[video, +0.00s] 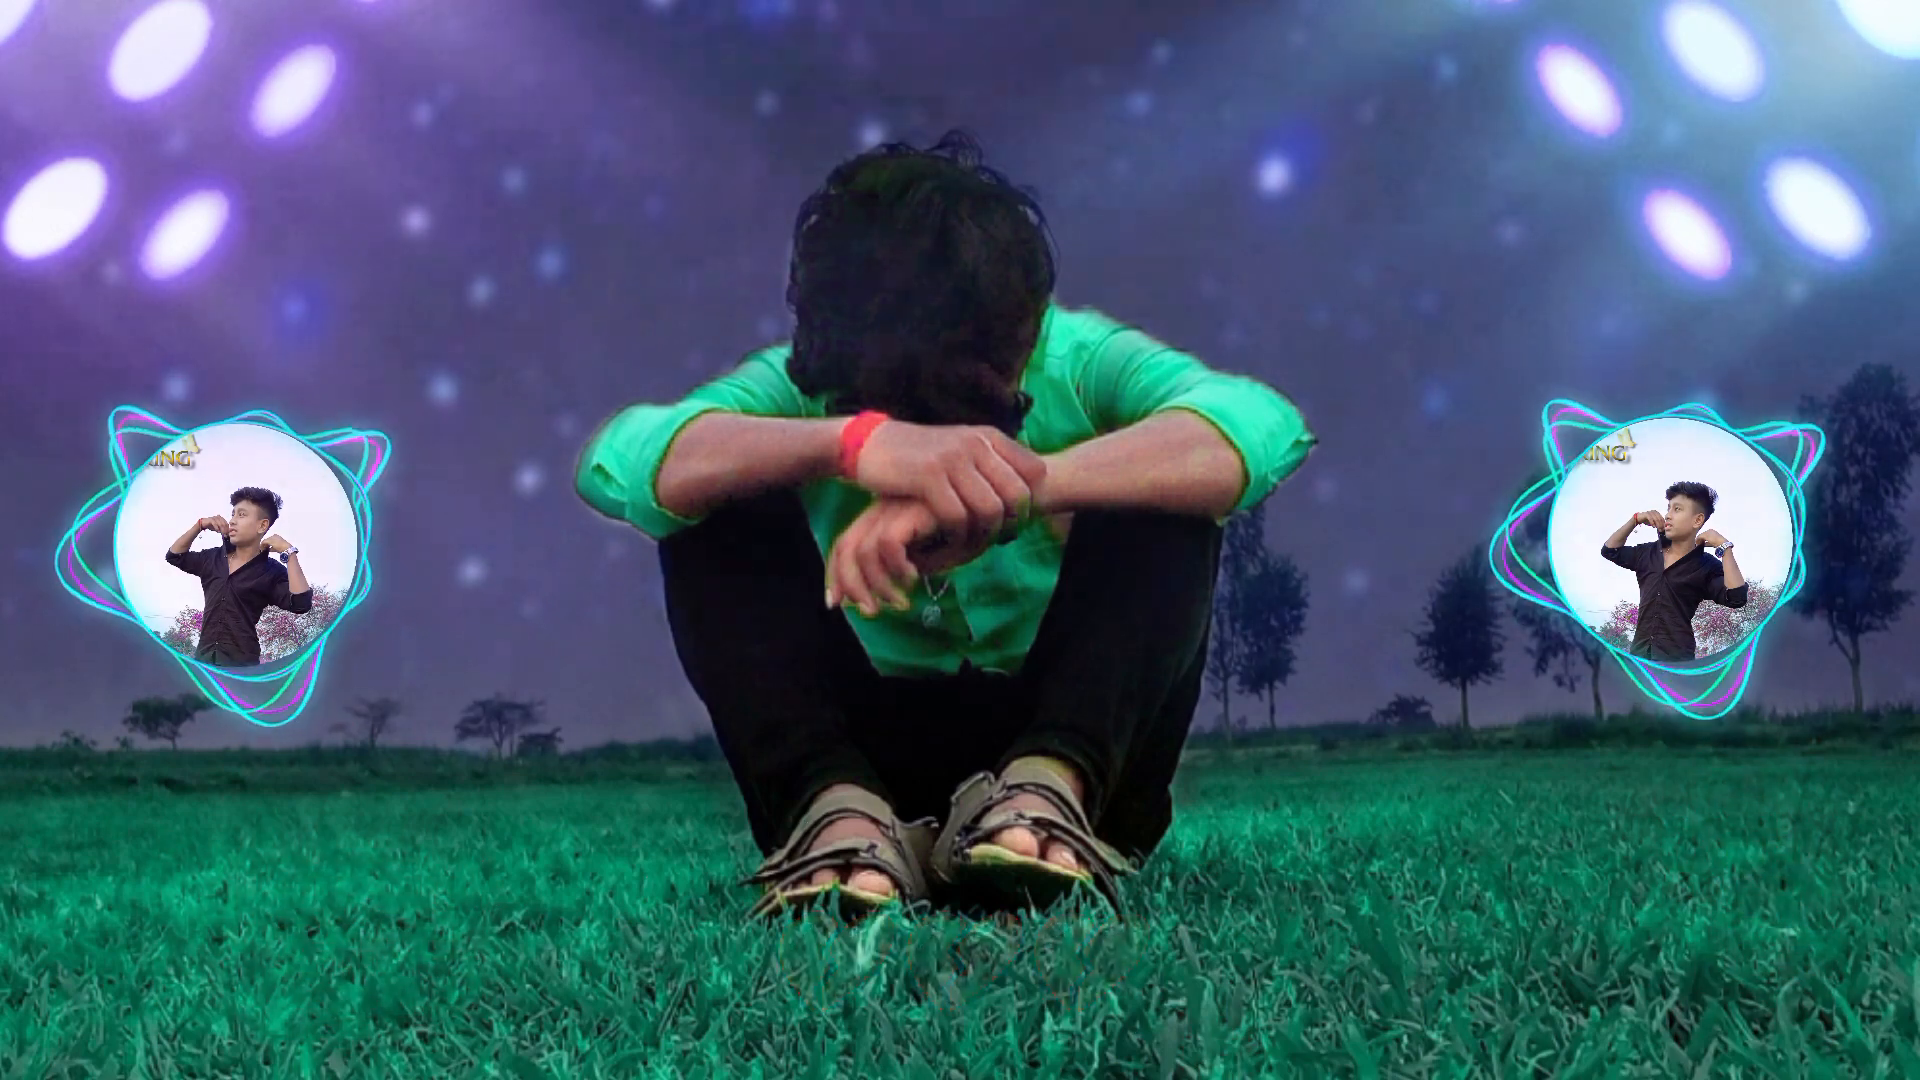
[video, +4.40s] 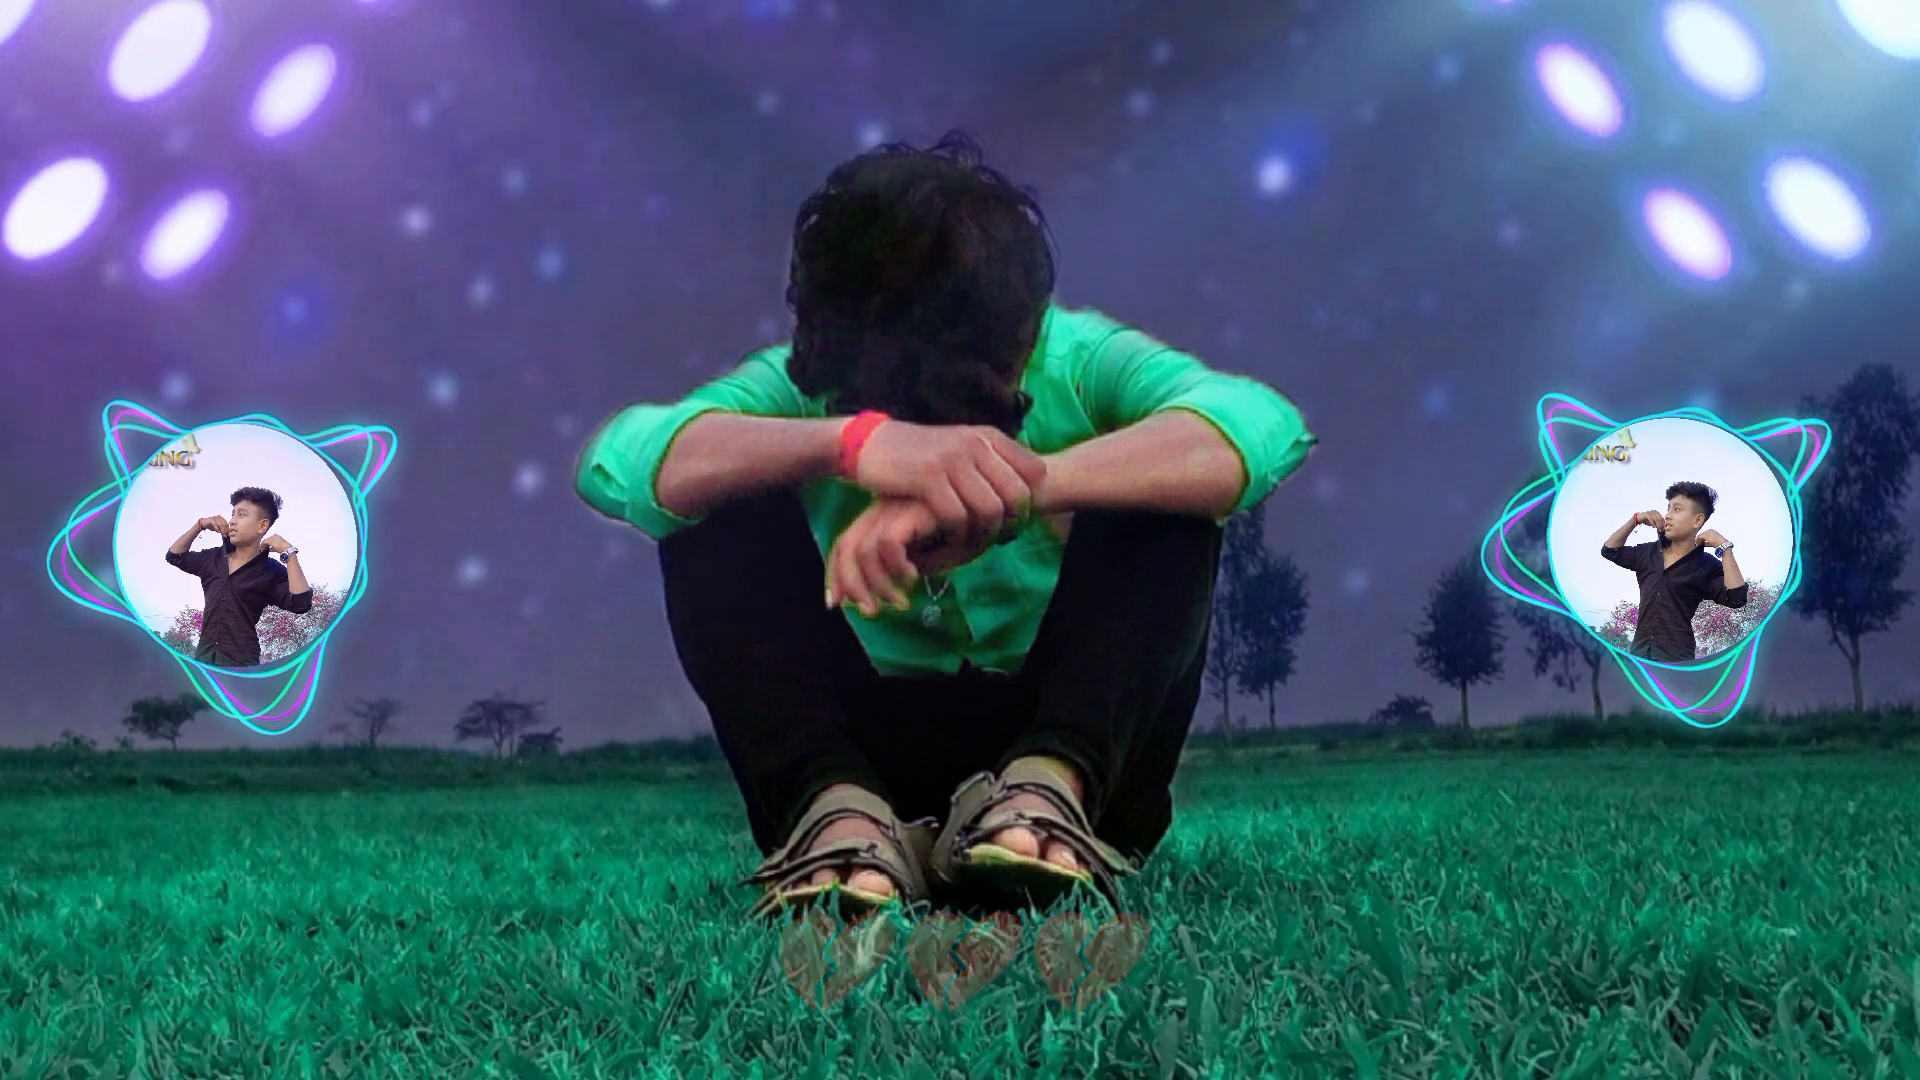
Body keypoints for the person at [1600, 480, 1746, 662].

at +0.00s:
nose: (1667, 515)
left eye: (1677, 509)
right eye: (1668, 509)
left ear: (1698, 520)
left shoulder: (1705, 564)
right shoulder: (1647, 553)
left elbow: (1737, 599)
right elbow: (1609, 551)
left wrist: (1725, 547)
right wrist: (1634, 520)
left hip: (1677, 660)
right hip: (1639, 655)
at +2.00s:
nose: (1667, 515)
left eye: (1677, 509)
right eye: (1668, 509)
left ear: (1698, 520)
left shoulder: (1705, 564)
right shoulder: (1647, 553)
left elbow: (1737, 599)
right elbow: (1609, 551)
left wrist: (1725, 547)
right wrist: (1634, 521)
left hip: (1677, 658)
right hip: (1639, 654)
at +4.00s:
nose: (1667, 515)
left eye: (1677, 509)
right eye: (1668, 509)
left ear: (1698, 520)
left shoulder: (1705, 564)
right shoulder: (1647, 553)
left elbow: (1737, 599)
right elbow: (1609, 551)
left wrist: (1725, 547)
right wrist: (1634, 520)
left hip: (1677, 658)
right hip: (1639, 653)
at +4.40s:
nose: (1667, 515)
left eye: (1677, 509)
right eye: (1668, 509)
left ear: (1698, 520)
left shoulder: (1705, 565)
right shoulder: (1647, 553)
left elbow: (1737, 599)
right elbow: (1609, 551)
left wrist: (1724, 547)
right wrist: (1634, 520)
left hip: (1677, 661)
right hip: (1638, 656)